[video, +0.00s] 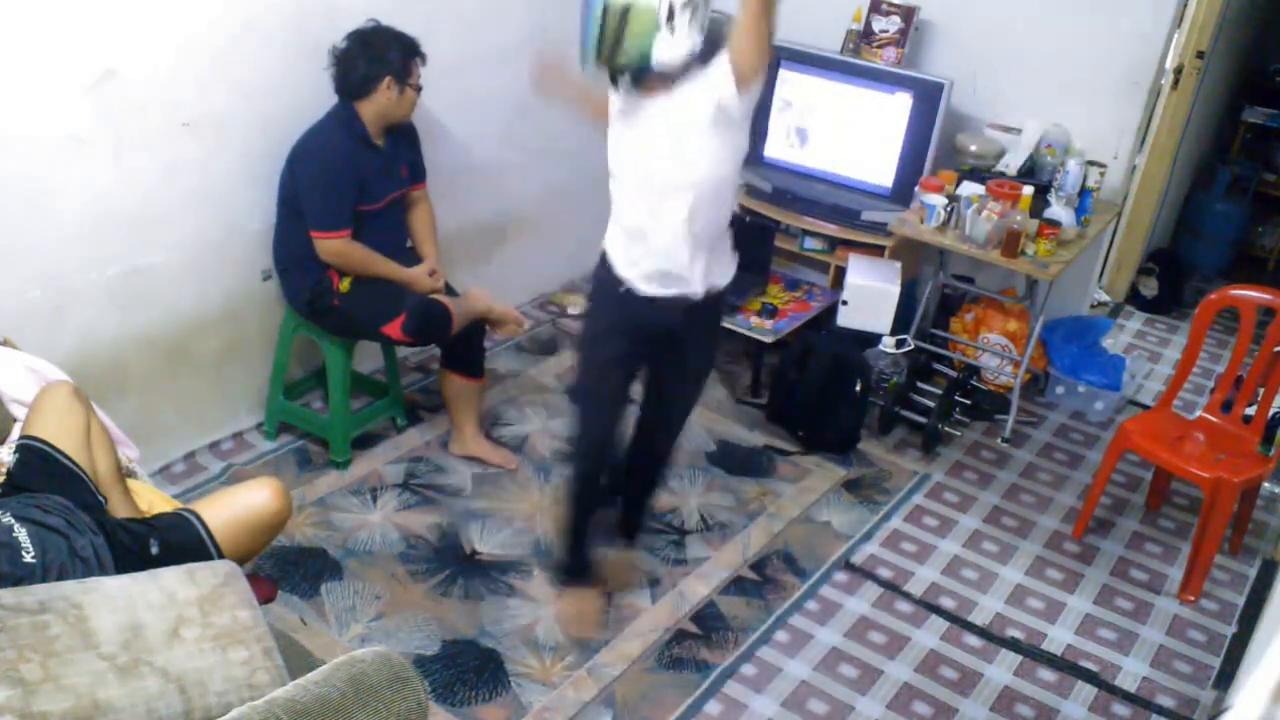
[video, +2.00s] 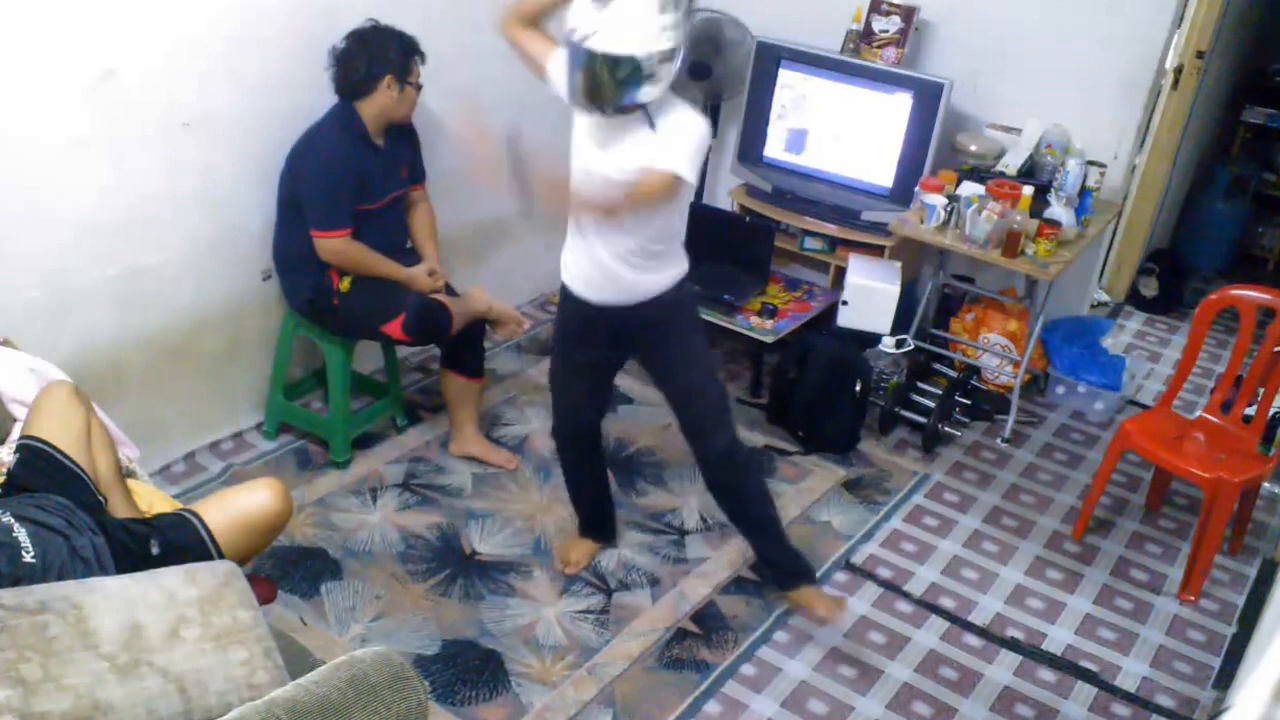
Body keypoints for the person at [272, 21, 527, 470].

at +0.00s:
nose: (419, 96)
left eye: (419, 87)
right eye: (416, 87)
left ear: (387, 88)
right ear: (387, 88)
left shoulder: (400, 131)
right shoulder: (326, 151)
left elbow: (417, 202)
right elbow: (333, 249)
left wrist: (428, 260)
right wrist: (407, 277)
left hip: (388, 264)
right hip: (325, 282)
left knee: (465, 323)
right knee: (424, 323)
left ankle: (466, 436)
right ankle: (476, 306)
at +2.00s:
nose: (419, 95)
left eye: (419, 87)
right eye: (416, 86)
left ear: (387, 86)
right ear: (388, 86)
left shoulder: (399, 131)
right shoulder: (326, 150)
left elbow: (417, 201)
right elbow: (333, 248)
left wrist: (430, 258)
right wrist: (407, 276)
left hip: (389, 265)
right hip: (326, 282)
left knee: (467, 320)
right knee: (425, 323)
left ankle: (465, 434)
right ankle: (478, 304)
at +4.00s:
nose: (419, 96)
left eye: (419, 87)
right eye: (416, 86)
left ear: (386, 86)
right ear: (388, 87)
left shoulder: (399, 130)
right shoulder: (326, 150)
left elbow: (417, 202)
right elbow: (332, 249)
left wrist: (429, 261)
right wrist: (407, 275)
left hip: (387, 266)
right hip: (326, 284)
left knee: (466, 323)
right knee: (426, 323)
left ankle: (466, 435)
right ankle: (476, 304)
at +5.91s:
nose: (419, 95)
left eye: (419, 86)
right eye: (416, 86)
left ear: (386, 87)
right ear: (387, 87)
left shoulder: (398, 130)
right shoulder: (325, 151)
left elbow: (417, 202)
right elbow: (332, 249)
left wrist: (429, 261)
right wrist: (406, 276)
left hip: (387, 266)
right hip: (326, 284)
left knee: (466, 321)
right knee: (424, 323)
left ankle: (466, 435)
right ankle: (478, 305)